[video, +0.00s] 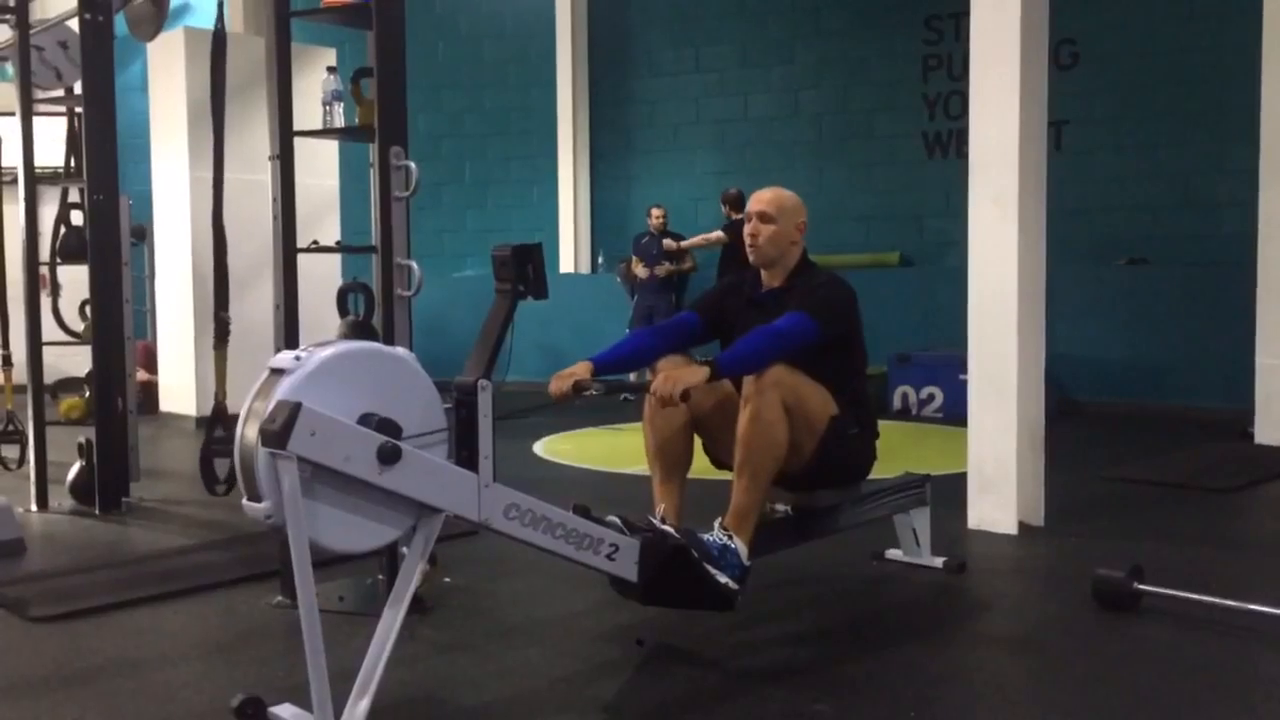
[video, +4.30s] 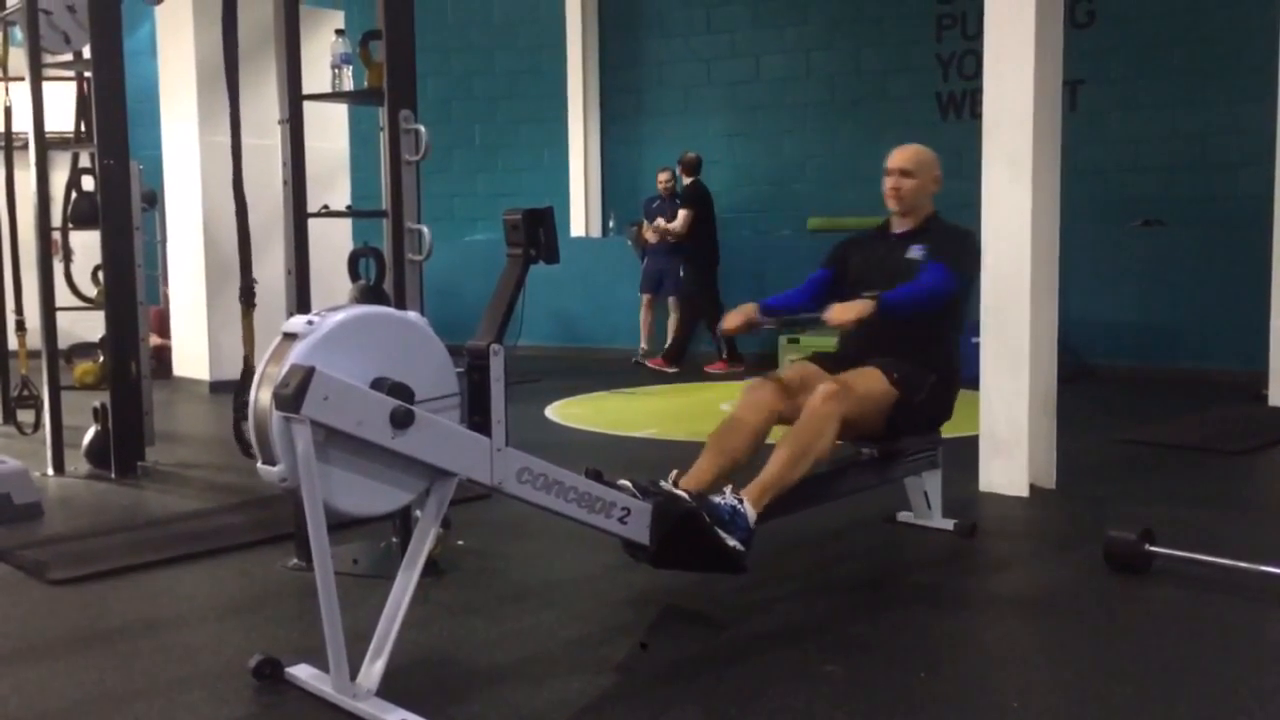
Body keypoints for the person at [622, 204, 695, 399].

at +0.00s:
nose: (661, 221)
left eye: (663, 217)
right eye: (657, 218)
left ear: (667, 219)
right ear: (649, 220)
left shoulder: (676, 239)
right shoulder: (640, 240)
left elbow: (690, 264)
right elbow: (634, 263)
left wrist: (671, 269)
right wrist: (638, 270)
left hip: (666, 298)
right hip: (643, 298)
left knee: (665, 338)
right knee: (637, 337)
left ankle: (662, 384)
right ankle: (633, 383)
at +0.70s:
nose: (674, 200)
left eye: (676, 196)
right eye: (670, 196)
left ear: (680, 198)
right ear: (662, 199)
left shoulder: (691, 220)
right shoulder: (654, 219)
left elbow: (704, 243)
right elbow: (648, 242)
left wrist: (684, 248)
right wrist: (652, 249)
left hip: (680, 276)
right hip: (658, 275)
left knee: (679, 318)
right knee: (649, 316)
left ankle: (680, 364)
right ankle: (645, 362)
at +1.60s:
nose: (673, 170)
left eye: (675, 166)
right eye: (669, 167)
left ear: (679, 168)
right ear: (661, 170)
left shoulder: (690, 191)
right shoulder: (652, 191)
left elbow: (700, 213)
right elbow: (646, 216)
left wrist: (682, 219)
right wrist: (650, 221)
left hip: (677, 247)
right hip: (656, 246)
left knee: (674, 291)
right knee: (650, 290)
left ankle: (669, 336)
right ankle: (645, 334)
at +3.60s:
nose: (669, 182)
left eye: (672, 179)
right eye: (665, 179)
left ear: (676, 181)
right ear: (658, 182)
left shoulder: (688, 203)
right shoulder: (649, 203)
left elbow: (700, 228)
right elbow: (644, 228)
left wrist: (682, 233)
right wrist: (647, 233)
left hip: (675, 259)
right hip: (653, 258)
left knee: (671, 302)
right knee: (647, 302)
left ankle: (666, 348)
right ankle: (642, 346)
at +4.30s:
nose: (664, 185)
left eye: (668, 181)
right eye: (661, 182)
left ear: (675, 182)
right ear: (656, 184)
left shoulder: (681, 203)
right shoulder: (650, 204)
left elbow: (682, 230)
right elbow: (648, 235)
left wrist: (661, 227)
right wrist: (669, 232)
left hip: (674, 257)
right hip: (653, 257)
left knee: (673, 303)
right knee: (647, 299)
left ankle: (670, 348)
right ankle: (643, 346)